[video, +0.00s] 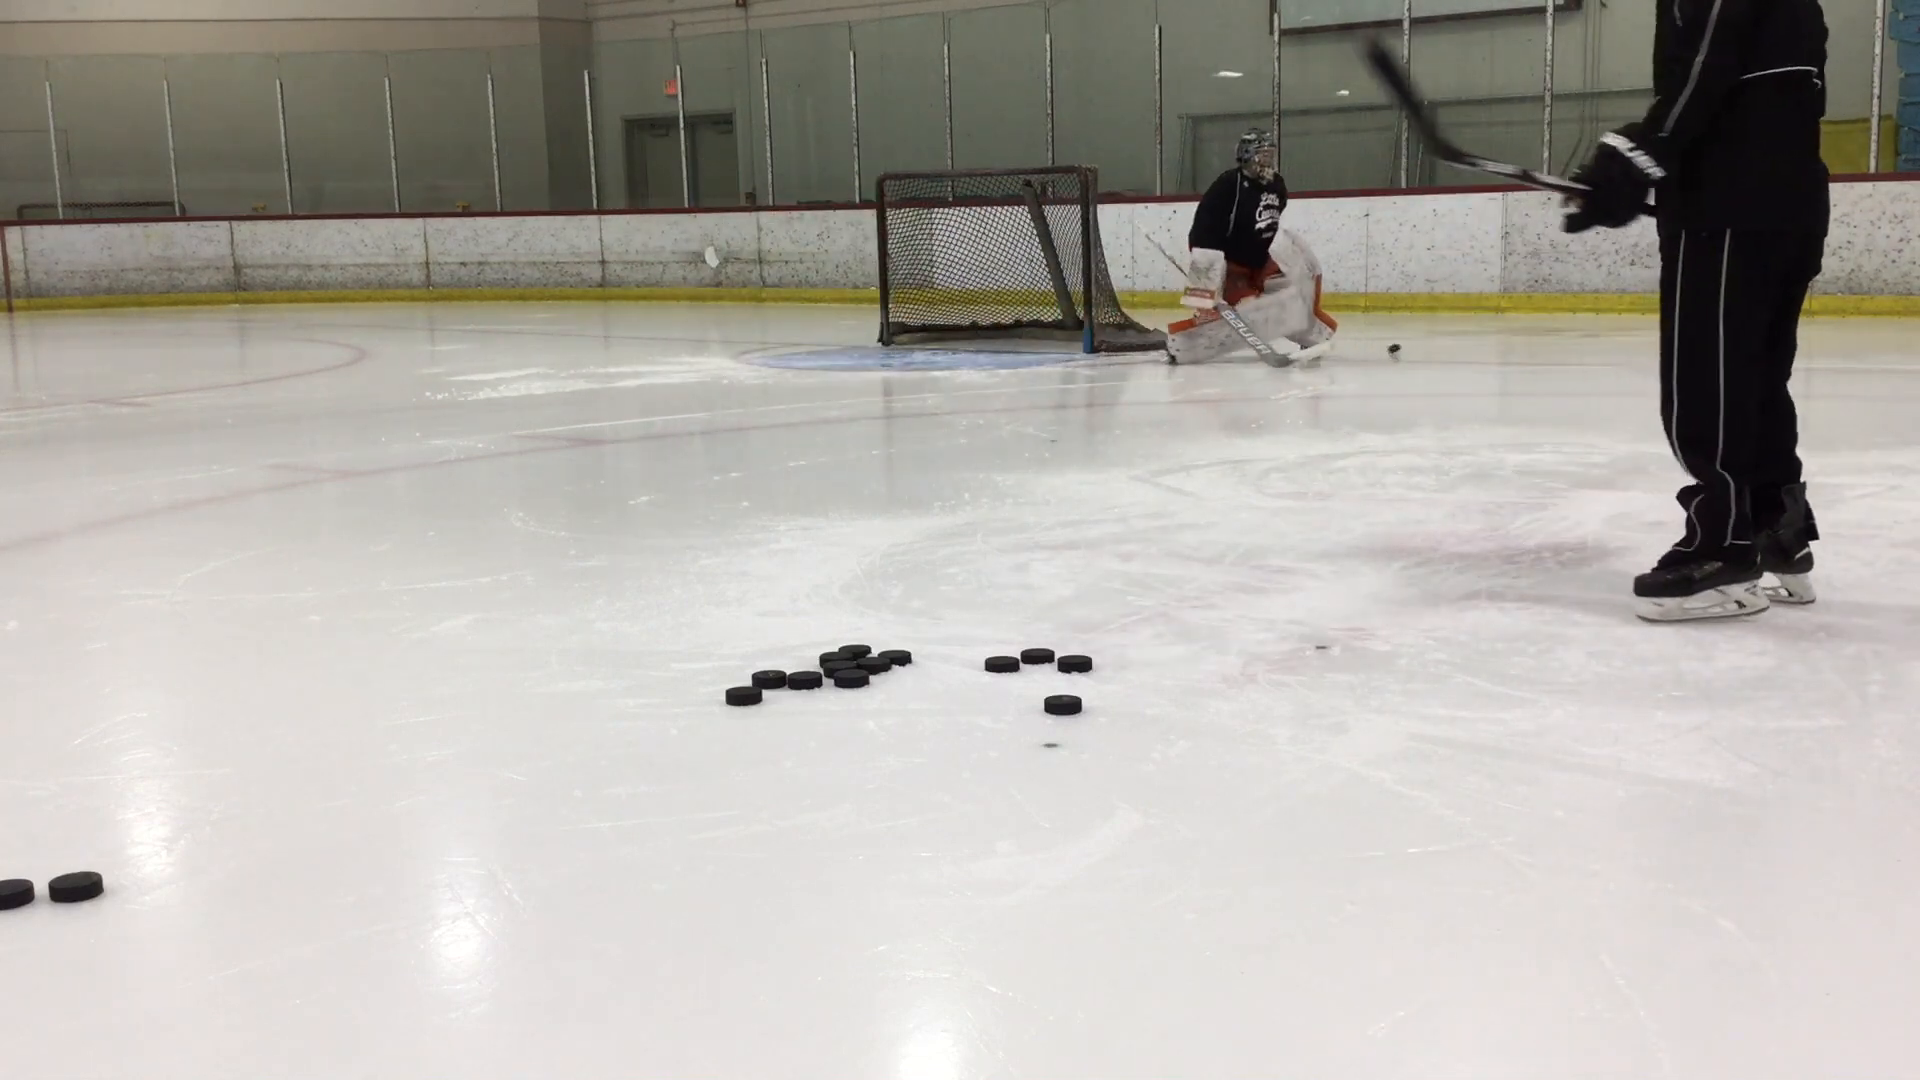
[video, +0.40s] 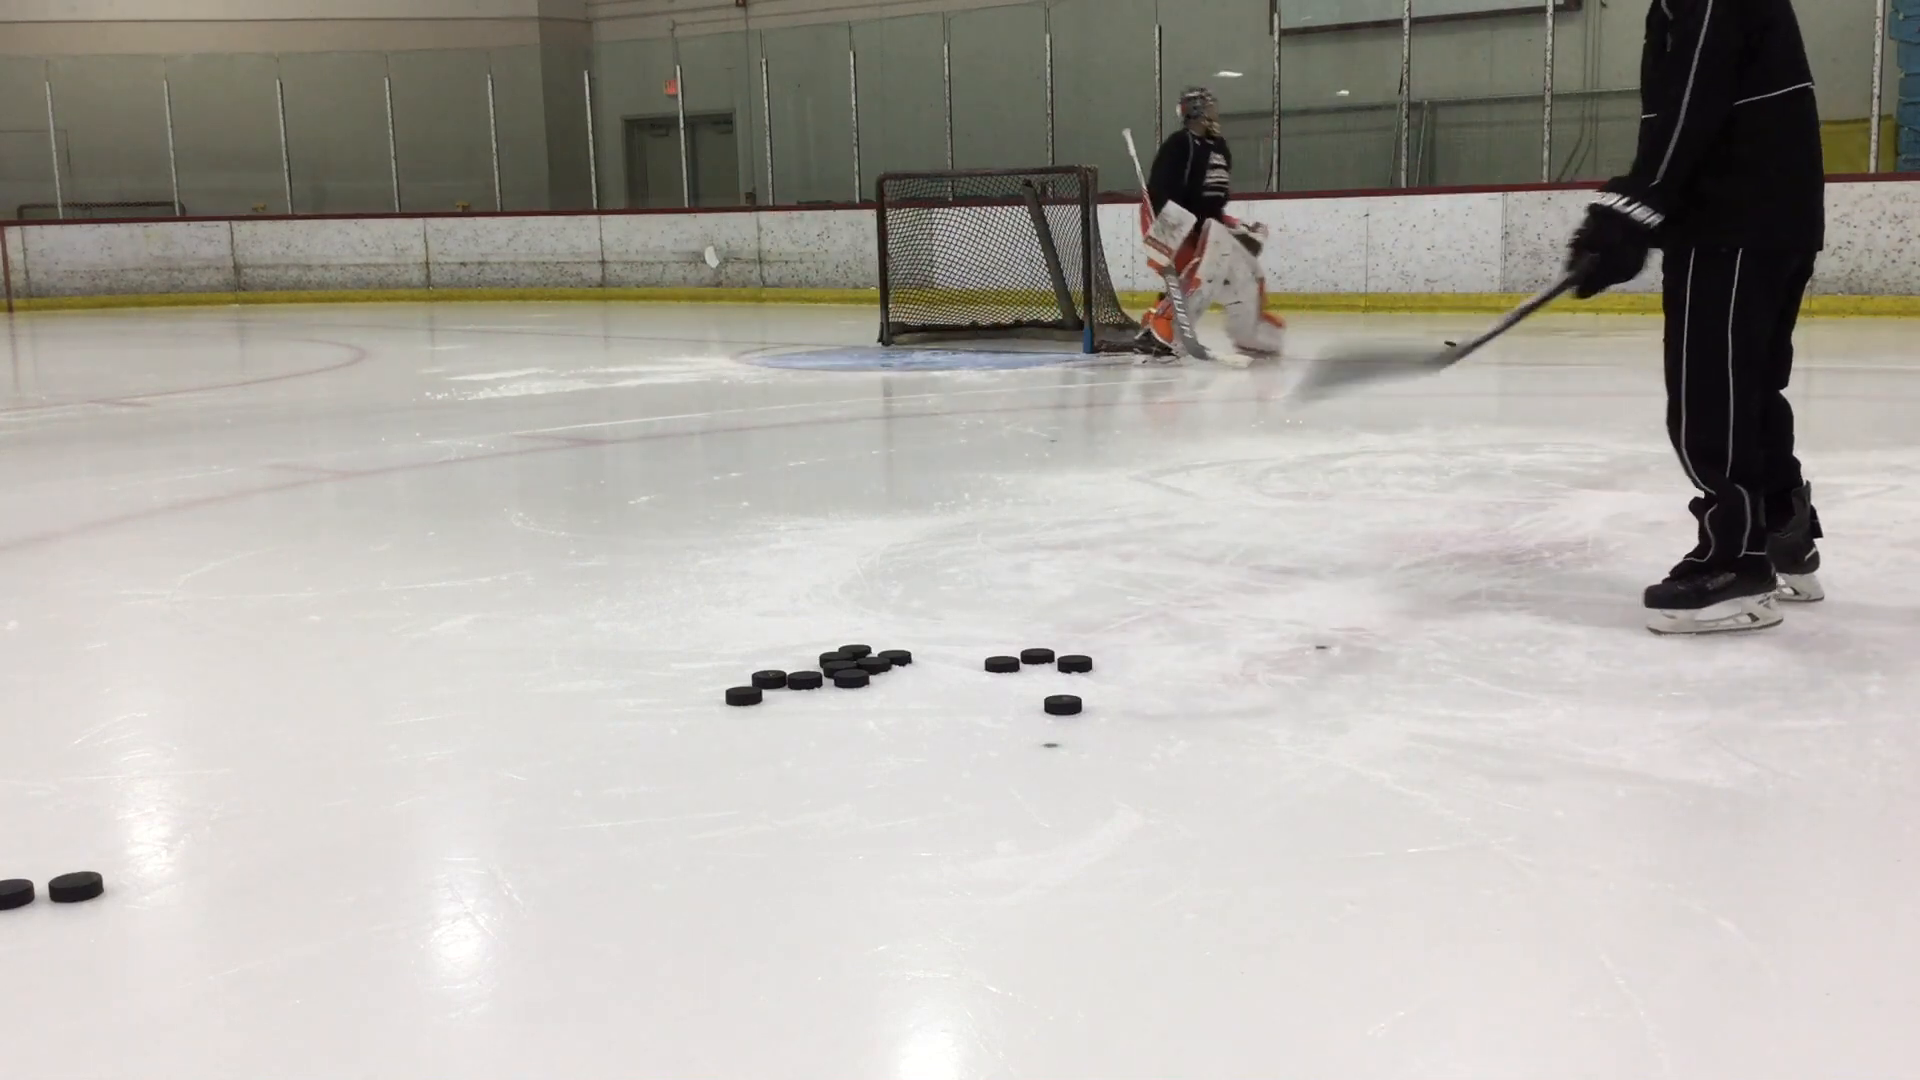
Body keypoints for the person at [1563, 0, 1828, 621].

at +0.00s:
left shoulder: (1713, 2)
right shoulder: (1796, 8)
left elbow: (1702, 70)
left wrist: (1637, 156)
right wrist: (1647, 175)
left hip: (1721, 199)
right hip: (1785, 194)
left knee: (1702, 377)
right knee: (1759, 374)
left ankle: (1722, 548)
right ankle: (1777, 533)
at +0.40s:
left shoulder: (1696, 5)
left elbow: (1688, 104)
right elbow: (1682, 114)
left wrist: (1628, 215)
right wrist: (1630, 221)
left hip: (1727, 220)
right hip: (1769, 215)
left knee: (1706, 399)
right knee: (1751, 387)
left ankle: (1735, 565)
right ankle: (1783, 543)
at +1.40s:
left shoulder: (1561, 13)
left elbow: (1554, 126)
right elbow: (1747, 45)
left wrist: (1554, 224)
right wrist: (1720, 82)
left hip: (1642, 211)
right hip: (1740, 193)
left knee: (1626, 393)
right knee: (1719, 380)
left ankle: (1654, 571)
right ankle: (1742, 550)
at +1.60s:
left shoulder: (1570, 10)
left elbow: (1556, 114)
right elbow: (1778, 25)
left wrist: (1556, 227)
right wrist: (1732, 101)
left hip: (1647, 212)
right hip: (1747, 199)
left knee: (1626, 394)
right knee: (1727, 383)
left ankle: (1643, 572)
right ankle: (1743, 553)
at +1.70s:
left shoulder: (1578, 10)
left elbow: (1560, 116)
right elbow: (1784, 36)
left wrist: (1562, 228)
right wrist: (1732, 114)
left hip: (1654, 212)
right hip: (1753, 200)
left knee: (1628, 390)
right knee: (1731, 380)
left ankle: (1639, 570)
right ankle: (1743, 549)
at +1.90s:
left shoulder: (1600, 8)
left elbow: (1581, 117)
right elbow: (1797, 56)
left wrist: (1577, 230)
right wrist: (1736, 131)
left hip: (1676, 213)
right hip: (1775, 206)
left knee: (1633, 390)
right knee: (1739, 385)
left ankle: (1632, 563)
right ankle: (1749, 546)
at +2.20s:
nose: (1558, 9)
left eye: (1559, 7)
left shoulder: (1594, 33)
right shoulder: (1729, 4)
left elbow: (1591, 155)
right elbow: (1804, 27)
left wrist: (1579, 262)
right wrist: (1745, 104)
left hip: (1700, 216)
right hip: (1799, 202)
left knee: (1656, 386)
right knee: (1761, 383)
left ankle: (1626, 557)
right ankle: (1753, 546)